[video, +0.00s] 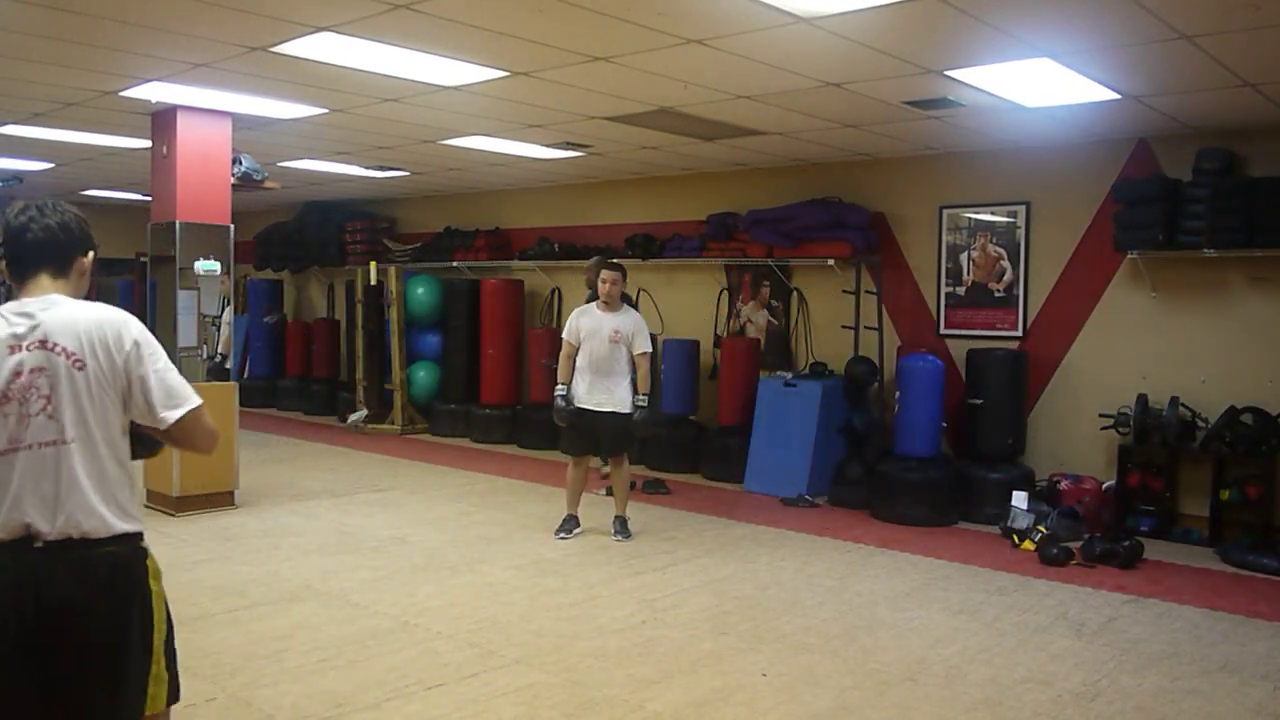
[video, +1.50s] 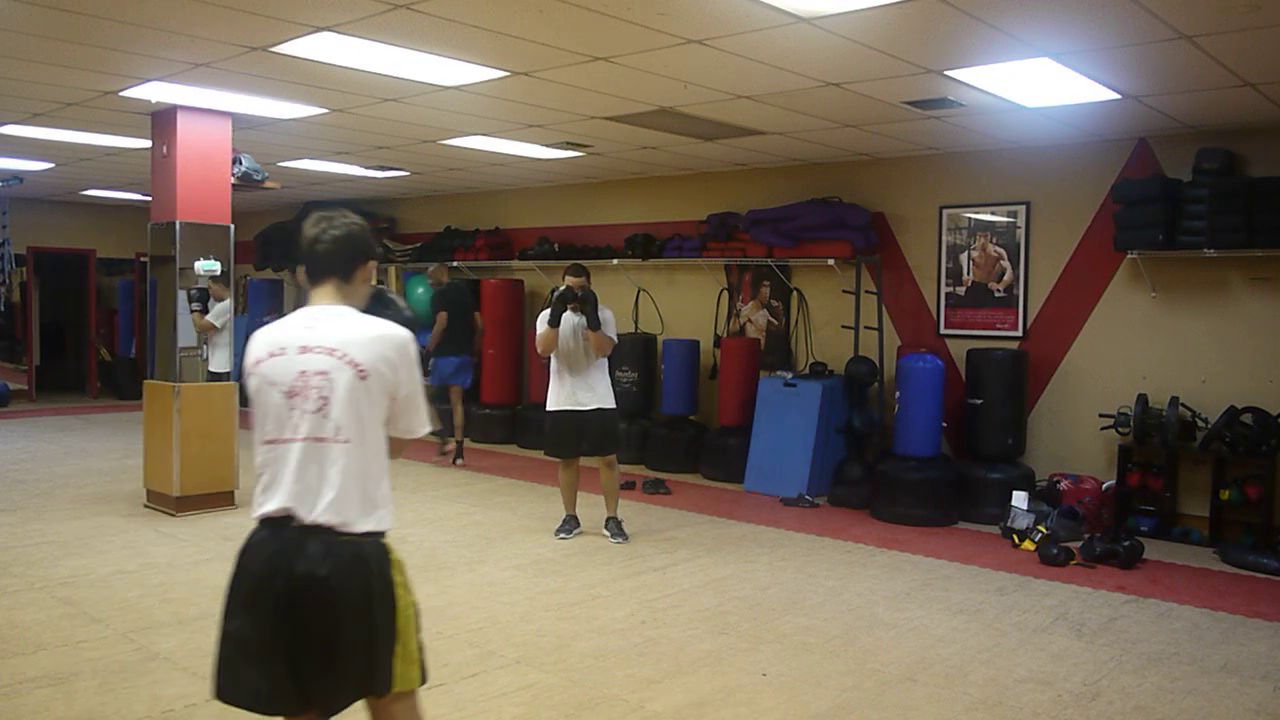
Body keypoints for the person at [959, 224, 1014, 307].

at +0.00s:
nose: (982, 241)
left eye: (986, 237)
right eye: (980, 237)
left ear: (990, 237)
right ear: (976, 237)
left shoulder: (999, 253)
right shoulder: (971, 252)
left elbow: (1009, 272)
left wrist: (1000, 286)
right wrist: (967, 277)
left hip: (989, 288)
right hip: (974, 287)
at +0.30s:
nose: (983, 241)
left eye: (986, 236)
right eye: (980, 236)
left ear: (990, 237)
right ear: (976, 237)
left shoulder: (999, 253)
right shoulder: (971, 252)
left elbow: (1009, 272)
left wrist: (1000, 286)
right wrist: (967, 277)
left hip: (989, 288)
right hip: (974, 287)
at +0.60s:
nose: (983, 241)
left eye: (986, 236)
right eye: (980, 236)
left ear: (990, 237)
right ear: (976, 237)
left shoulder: (999, 253)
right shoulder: (971, 252)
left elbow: (1009, 272)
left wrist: (1001, 286)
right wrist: (967, 276)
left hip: (989, 287)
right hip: (974, 287)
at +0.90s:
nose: (982, 241)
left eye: (985, 237)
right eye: (979, 237)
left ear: (990, 237)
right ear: (975, 237)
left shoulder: (999, 252)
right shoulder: (971, 252)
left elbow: (1009, 272)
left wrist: (1000, 286)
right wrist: (966, 278)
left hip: (990, 288)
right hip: (974, 286)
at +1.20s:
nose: (982, 241)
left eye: (985, 237)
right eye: (979, 237)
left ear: (990, 237)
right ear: (975, 237)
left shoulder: (999, 252)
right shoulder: (971, 252)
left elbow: (1009, 272)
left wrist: (1000, 286)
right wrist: (966, 278)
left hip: (991, 288)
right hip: (975, 287)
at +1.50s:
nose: (982, 241)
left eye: (985, 237)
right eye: (979, 237)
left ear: (990, 237)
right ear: (976, 237)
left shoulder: (999, 252)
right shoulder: (971, 252)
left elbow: (1009, 272)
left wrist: (1000, 286)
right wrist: (965, 278)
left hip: (990, 288)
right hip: (975, 287)